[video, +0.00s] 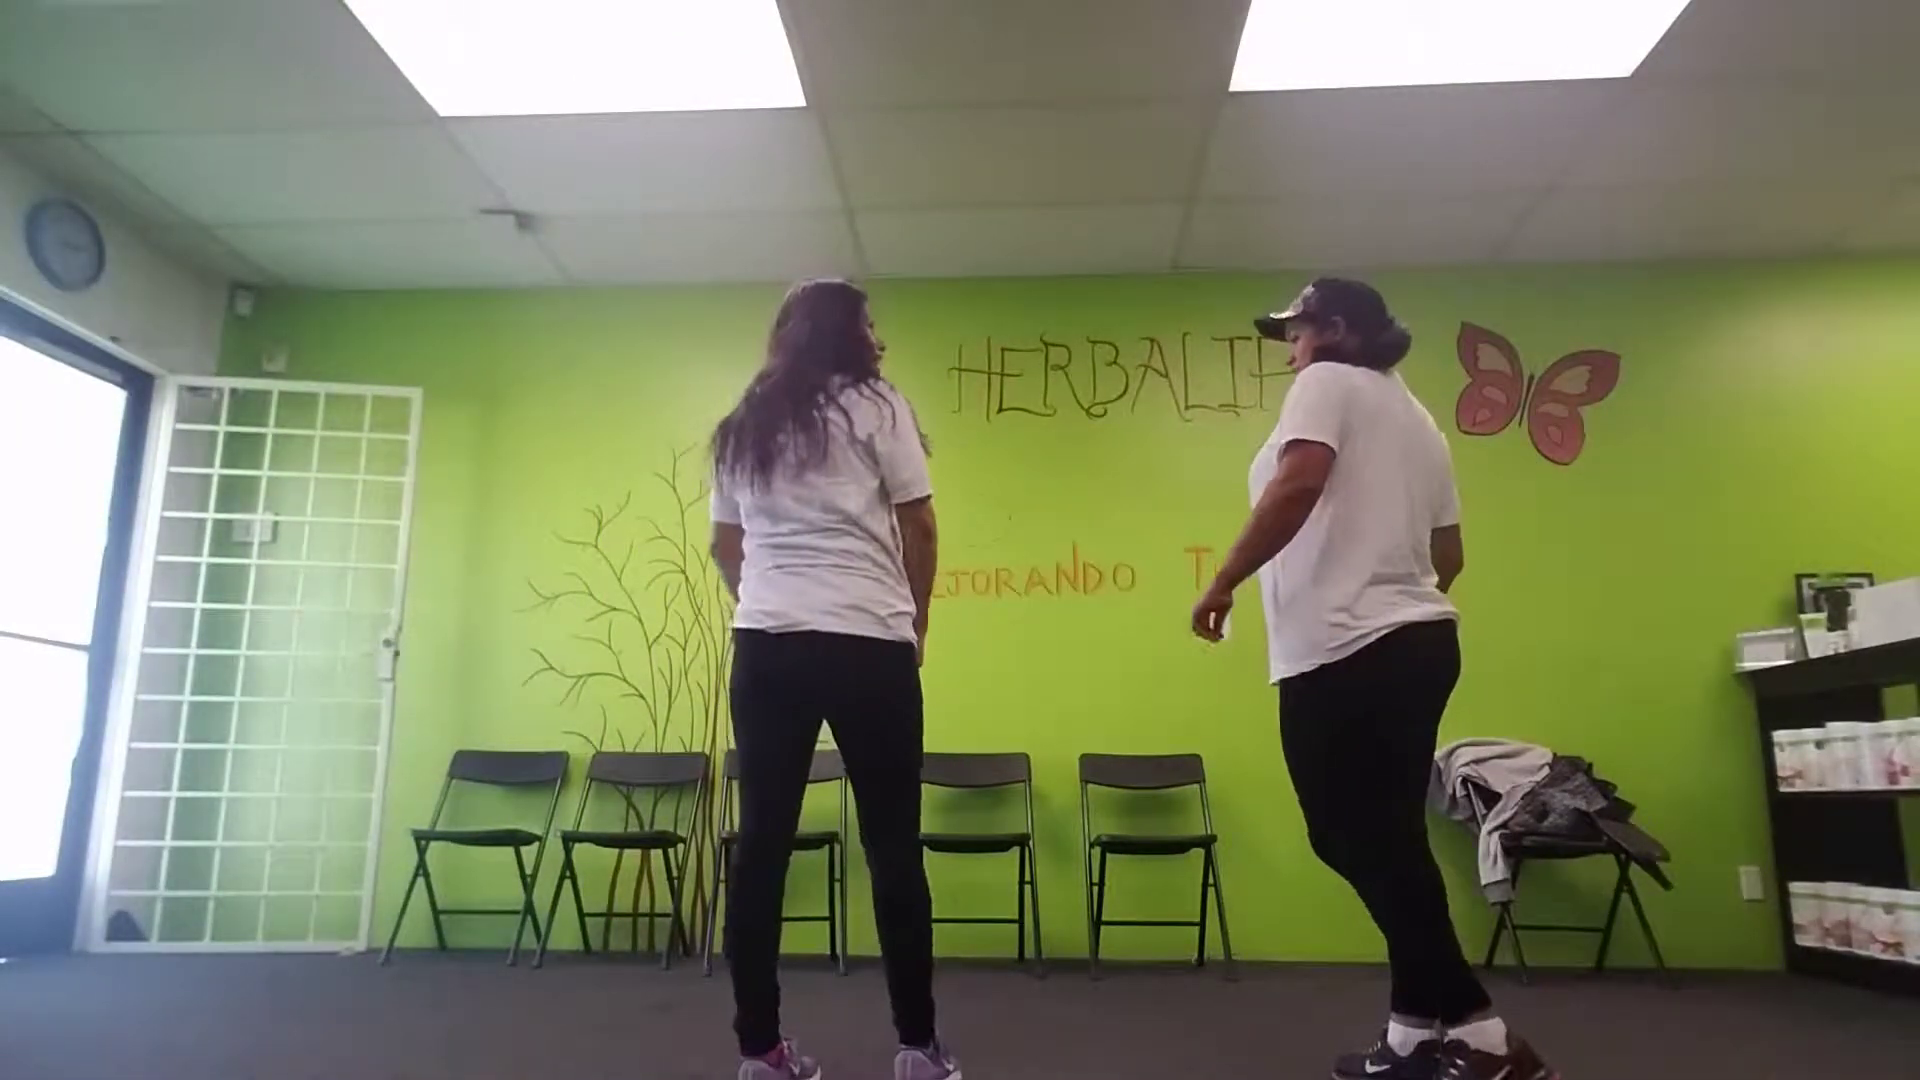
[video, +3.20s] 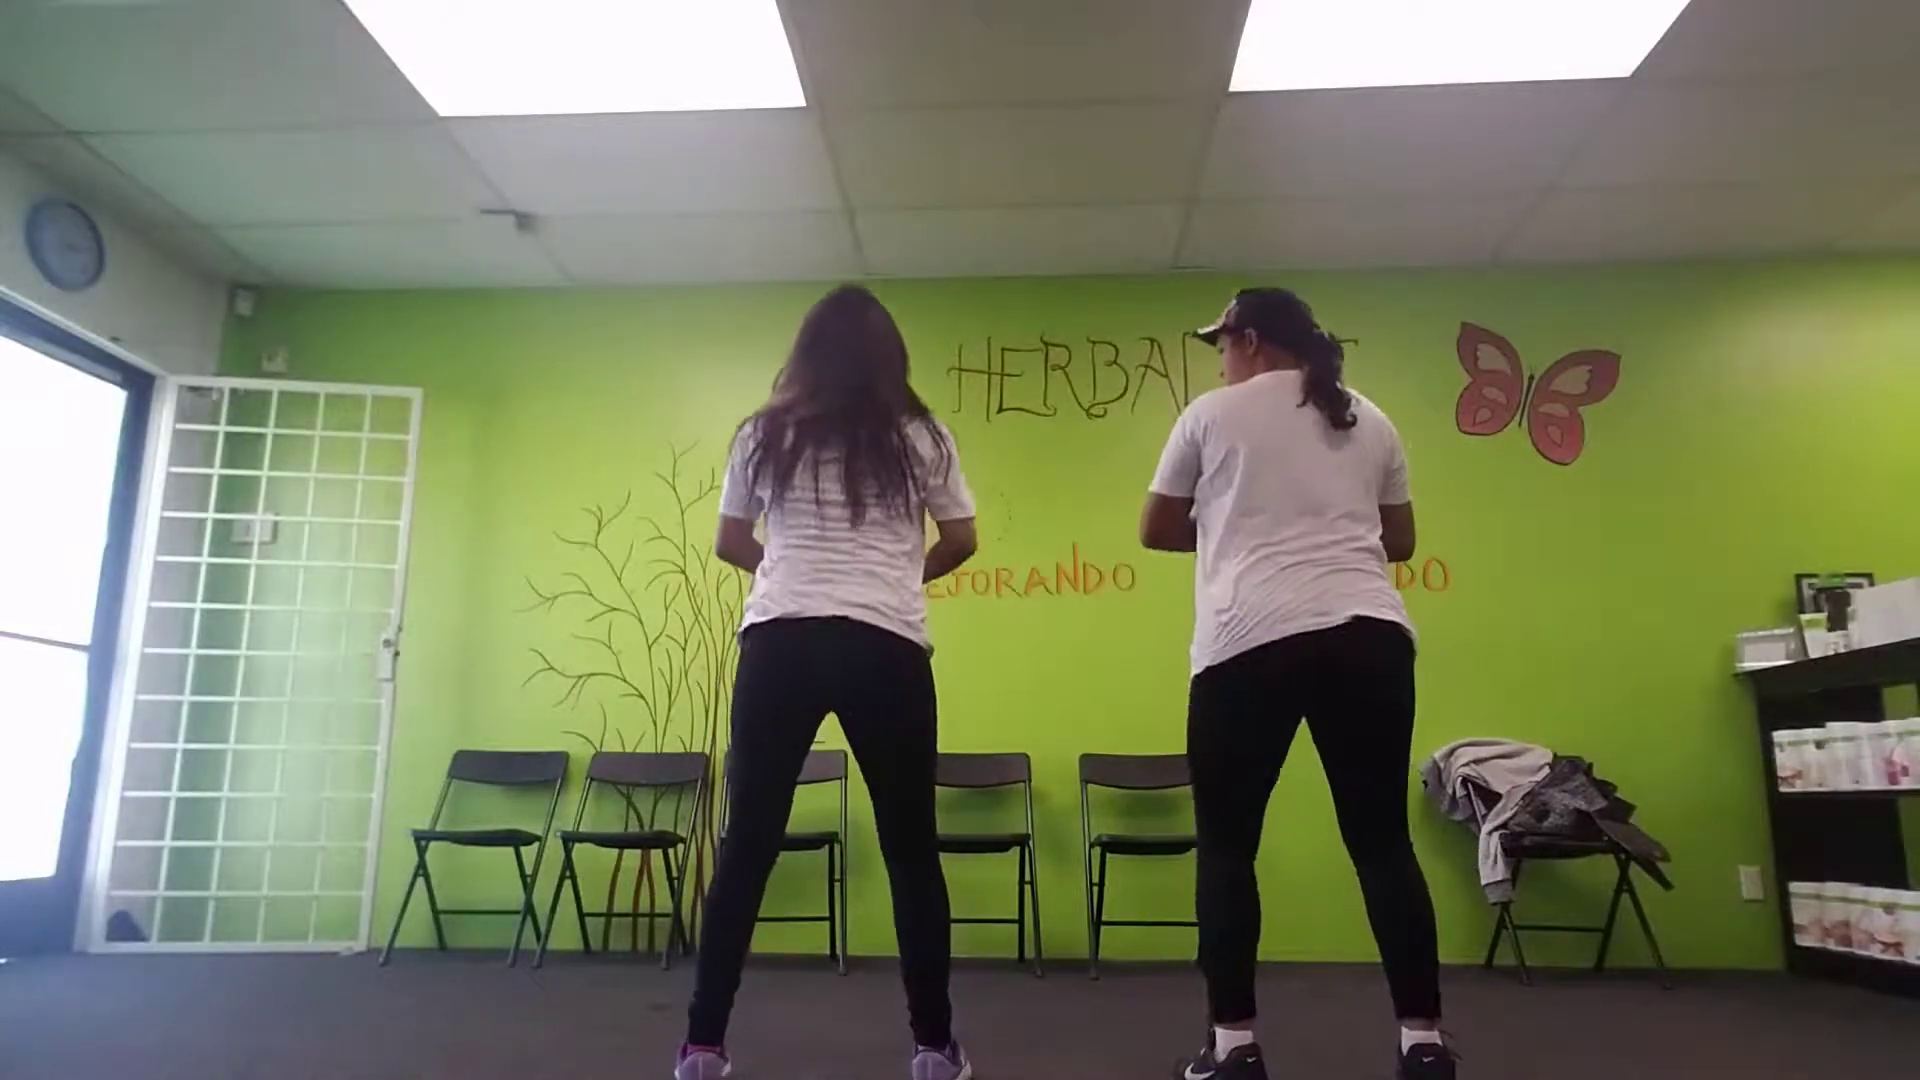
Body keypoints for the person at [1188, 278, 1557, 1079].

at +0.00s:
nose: (1289, 347)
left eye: (1296, 332)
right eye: (1290, 333)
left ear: (1335, 331)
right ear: (1364, 337)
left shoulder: (1325, 381)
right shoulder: (1419, 419)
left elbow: (1300, 482)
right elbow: (1446, 557)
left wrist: (1224, 581)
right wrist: (1376, 605)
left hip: (1344, 645)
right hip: (1418, 640)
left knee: (1348, 835)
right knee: (1393, 836)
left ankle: (1473, 1027)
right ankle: (1414, 1033)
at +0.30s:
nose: (1276, 351)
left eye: (1284, 337)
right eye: (1277, 337)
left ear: (1319, 336)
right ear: (1359, 340)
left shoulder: (1295, 395)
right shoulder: (1424, 417)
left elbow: (1244, 492)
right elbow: (1455, 545)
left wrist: (1189, 551)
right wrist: (1375, 566)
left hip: (1316, 651)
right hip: (1422, 645)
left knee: (1293, 832)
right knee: (1402, 832)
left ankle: (1358, 1014)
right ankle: (1419, 1033)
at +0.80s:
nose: (1215, 334)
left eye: (1221, 320)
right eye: (1217, 320)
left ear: (1243, 323)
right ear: (1303, 322)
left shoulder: (1198, 396)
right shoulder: (1361, 400)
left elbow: (1166, 513)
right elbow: (1367, 508)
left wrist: (1249, 479)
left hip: (1236, 649)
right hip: (1359, 640)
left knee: (1233, 847)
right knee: (1369, 833)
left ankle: (1235, 1050)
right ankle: (1411, 1039)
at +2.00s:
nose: (1224, 458)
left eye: (1229, 443)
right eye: (1225, 443)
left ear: (1259, 440)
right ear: (1305, 443)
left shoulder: (1219, 514)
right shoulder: (1373, 510)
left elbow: (1187, 618)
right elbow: (1375, 595)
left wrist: (1266, 583)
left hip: (1274, 716)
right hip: (1409, 709)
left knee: (1200, 863)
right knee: (1399, 862)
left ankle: (1231, 1049)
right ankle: (1424, 1043)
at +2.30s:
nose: (1215, 579)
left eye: (1219, 566)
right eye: (1215, 566)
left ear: (1249, 565)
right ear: (1299, 566)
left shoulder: (1212, 634)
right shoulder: (1360, 626)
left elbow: (1181, 740)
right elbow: (1376, 715)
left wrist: (1239, 675)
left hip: (1272, 844)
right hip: (1421, 835)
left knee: (1174, 873)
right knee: (1392, 879)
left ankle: (1231, 1046)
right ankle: (1420, 1040)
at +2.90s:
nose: (1215, 484)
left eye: (1218, 470)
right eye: (1216, 470)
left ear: (1242, 472)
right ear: (1297, 471)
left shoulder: (1206, 540)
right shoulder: (1354, 536)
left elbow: (1174, 646)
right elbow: (1363, 615)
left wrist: (1249, 598)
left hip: (1261, 735)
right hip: (1394, 725)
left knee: (1186, 869)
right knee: (1393, 870)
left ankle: (1231, 1044)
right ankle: (1420, 1038)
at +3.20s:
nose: (1218, 361)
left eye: (1222, 347)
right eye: (1219, 348)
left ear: (1250, 345)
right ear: (1300, 344)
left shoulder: (1210, 415)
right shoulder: (1368, 418)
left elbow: (1160, 529)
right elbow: (1398, 538)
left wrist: (1242, 527)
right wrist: (1316, 539)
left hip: (1247, 645)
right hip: (1368, 637)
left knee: (1226, 846)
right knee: (1383, 836)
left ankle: (1234, 1047)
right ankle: (1423, 1038)